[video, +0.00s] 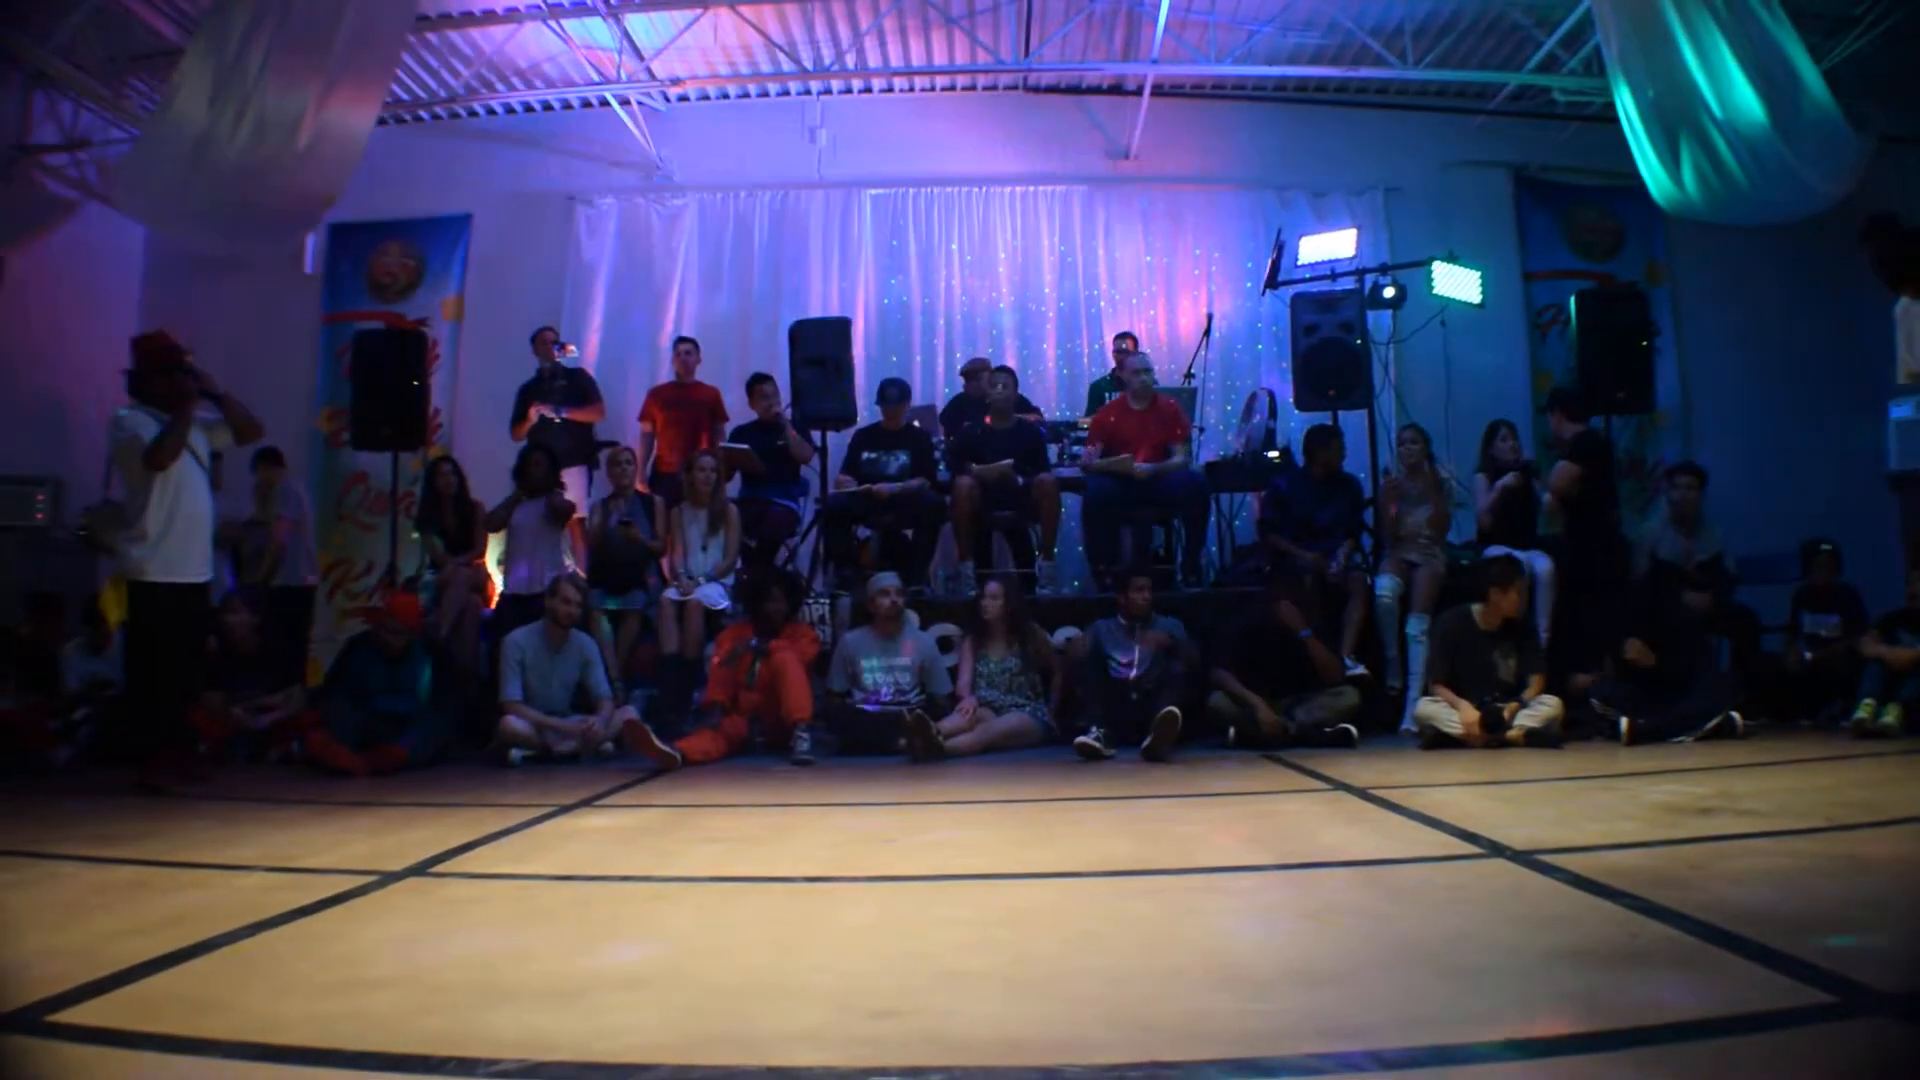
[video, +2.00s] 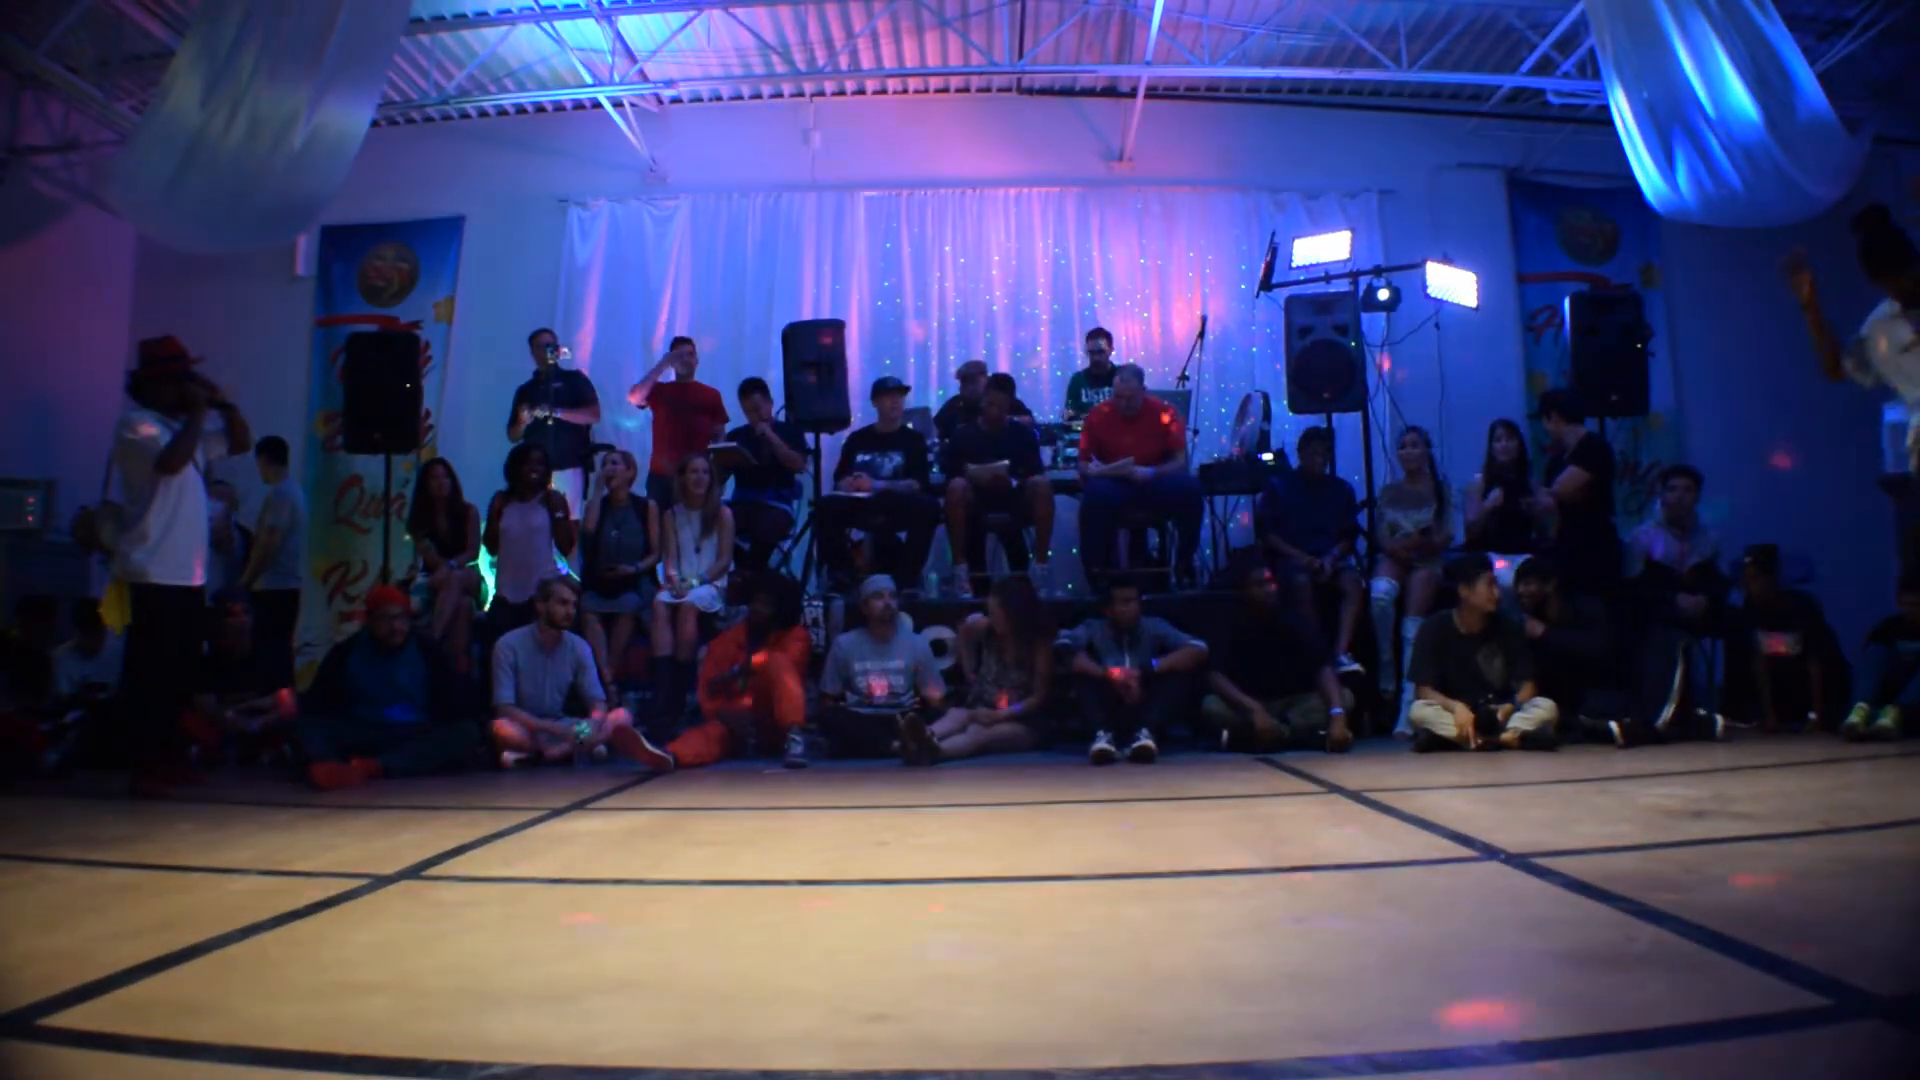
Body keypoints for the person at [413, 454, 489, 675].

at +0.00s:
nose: (448, 480)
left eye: (452, 474)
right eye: (441, 476)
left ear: (459, 478)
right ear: (433, 481)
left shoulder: (474, 509)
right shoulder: (428, 511)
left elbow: (480, 550)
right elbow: (435, 554)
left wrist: (453, 563)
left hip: (474, 571)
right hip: (442, 574)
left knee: (459, 574)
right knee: (471, 602)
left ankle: (440, 633)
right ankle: (465, 668)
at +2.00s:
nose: (440, 483)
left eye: (444, 477)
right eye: (434, 479)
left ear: (452, 481)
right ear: (425, 484)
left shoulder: (468, 512)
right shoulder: (420, 515)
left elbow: (473, 551)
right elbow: (426, 552)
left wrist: (451, 563)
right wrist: (448, 568)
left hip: (467, 571)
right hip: (435, 575)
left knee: (453, 578)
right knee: (464, 603)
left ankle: (434, 636)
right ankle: (458, 664)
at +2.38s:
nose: (440, 483)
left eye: (444, 477)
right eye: (434, 478)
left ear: (451, 480)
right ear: (425, 484)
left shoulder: (468, 511)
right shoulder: (421, 514)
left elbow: (472, 551)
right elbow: (426, 551)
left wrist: (450, 565)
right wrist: (447, 569)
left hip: (466, 571)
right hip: (435, 574)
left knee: (453, 578)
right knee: (461, 601)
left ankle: (434, 636)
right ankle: (457, 667)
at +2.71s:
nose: (438, 483)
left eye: (443, 477)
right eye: (432, 478)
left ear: (451, 481)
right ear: (424, 484)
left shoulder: (468, 511)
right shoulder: (420, 513)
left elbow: (472, 551)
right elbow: (426, 550)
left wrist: (450, 566)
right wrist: (447, 569)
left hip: (467, 572)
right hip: (435, 576)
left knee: (453, 577)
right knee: (462, 603)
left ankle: (433, 637)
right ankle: (458, 669)